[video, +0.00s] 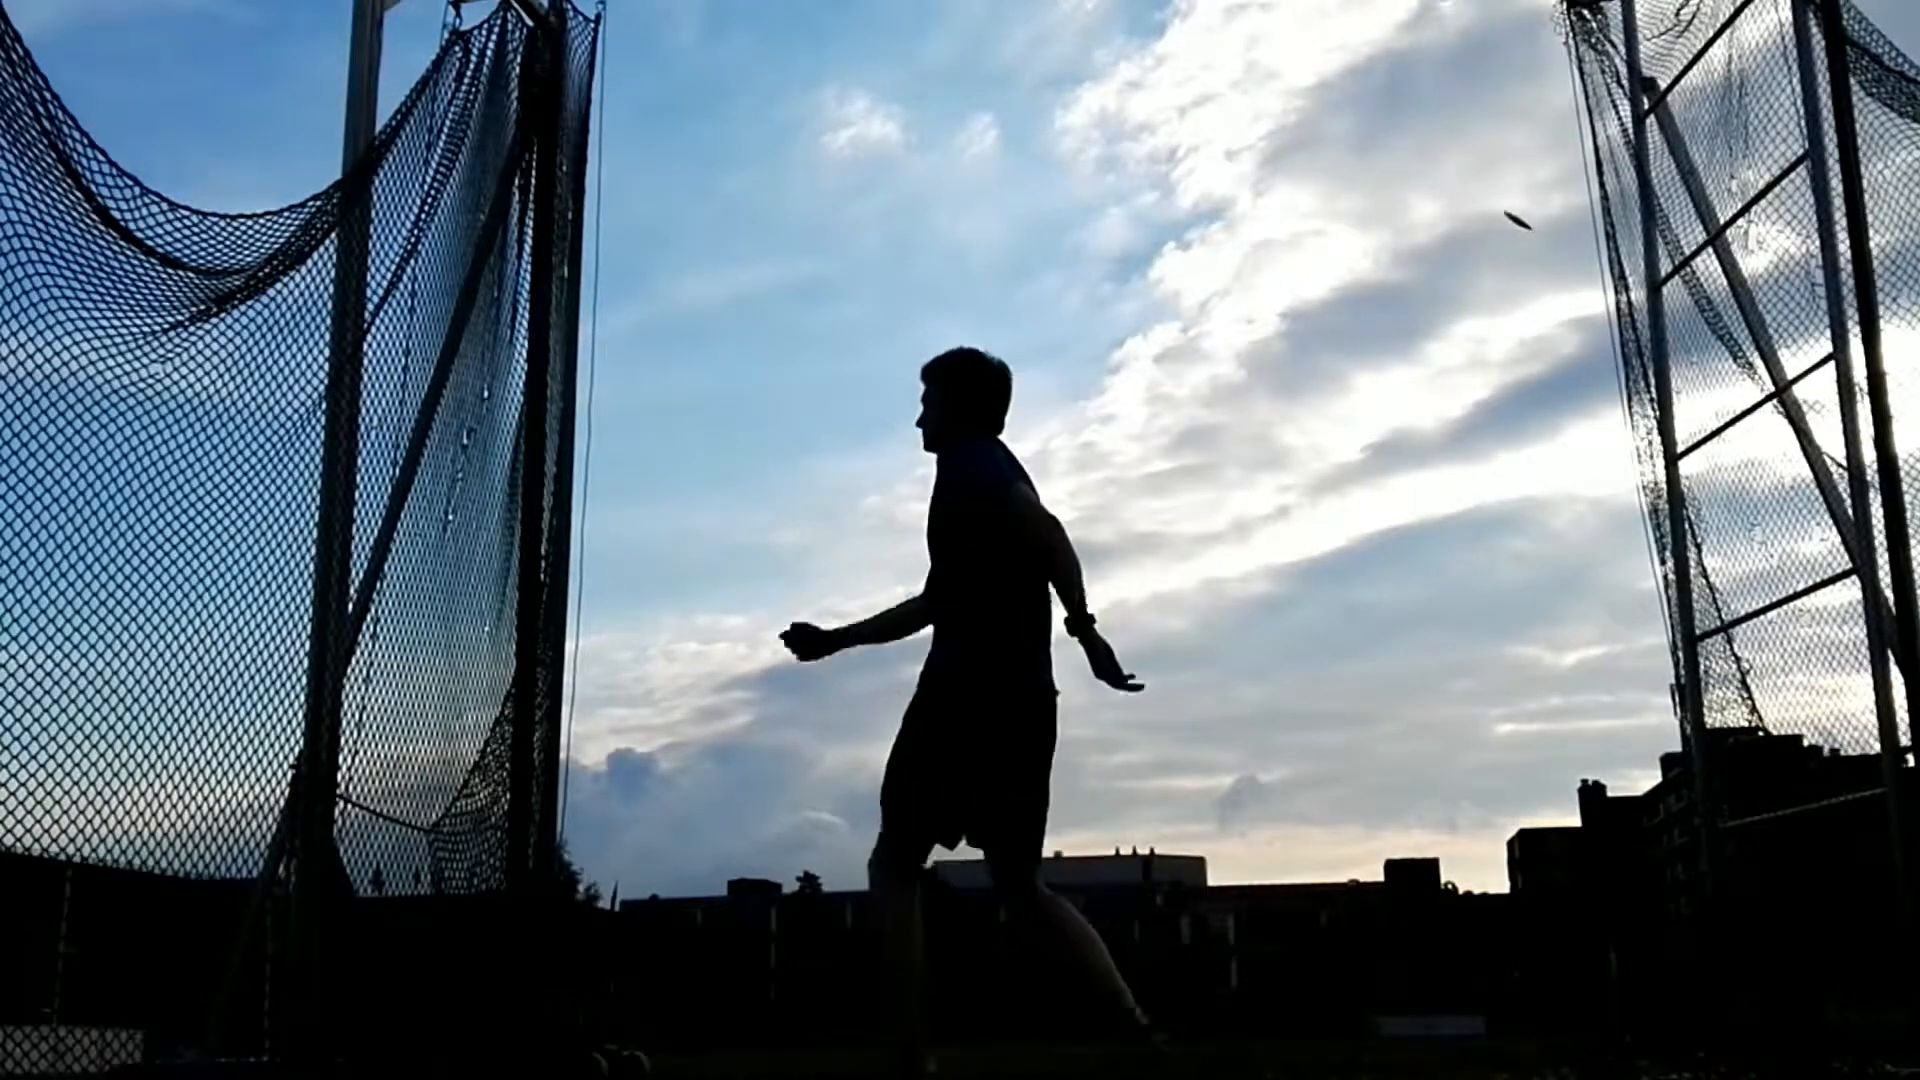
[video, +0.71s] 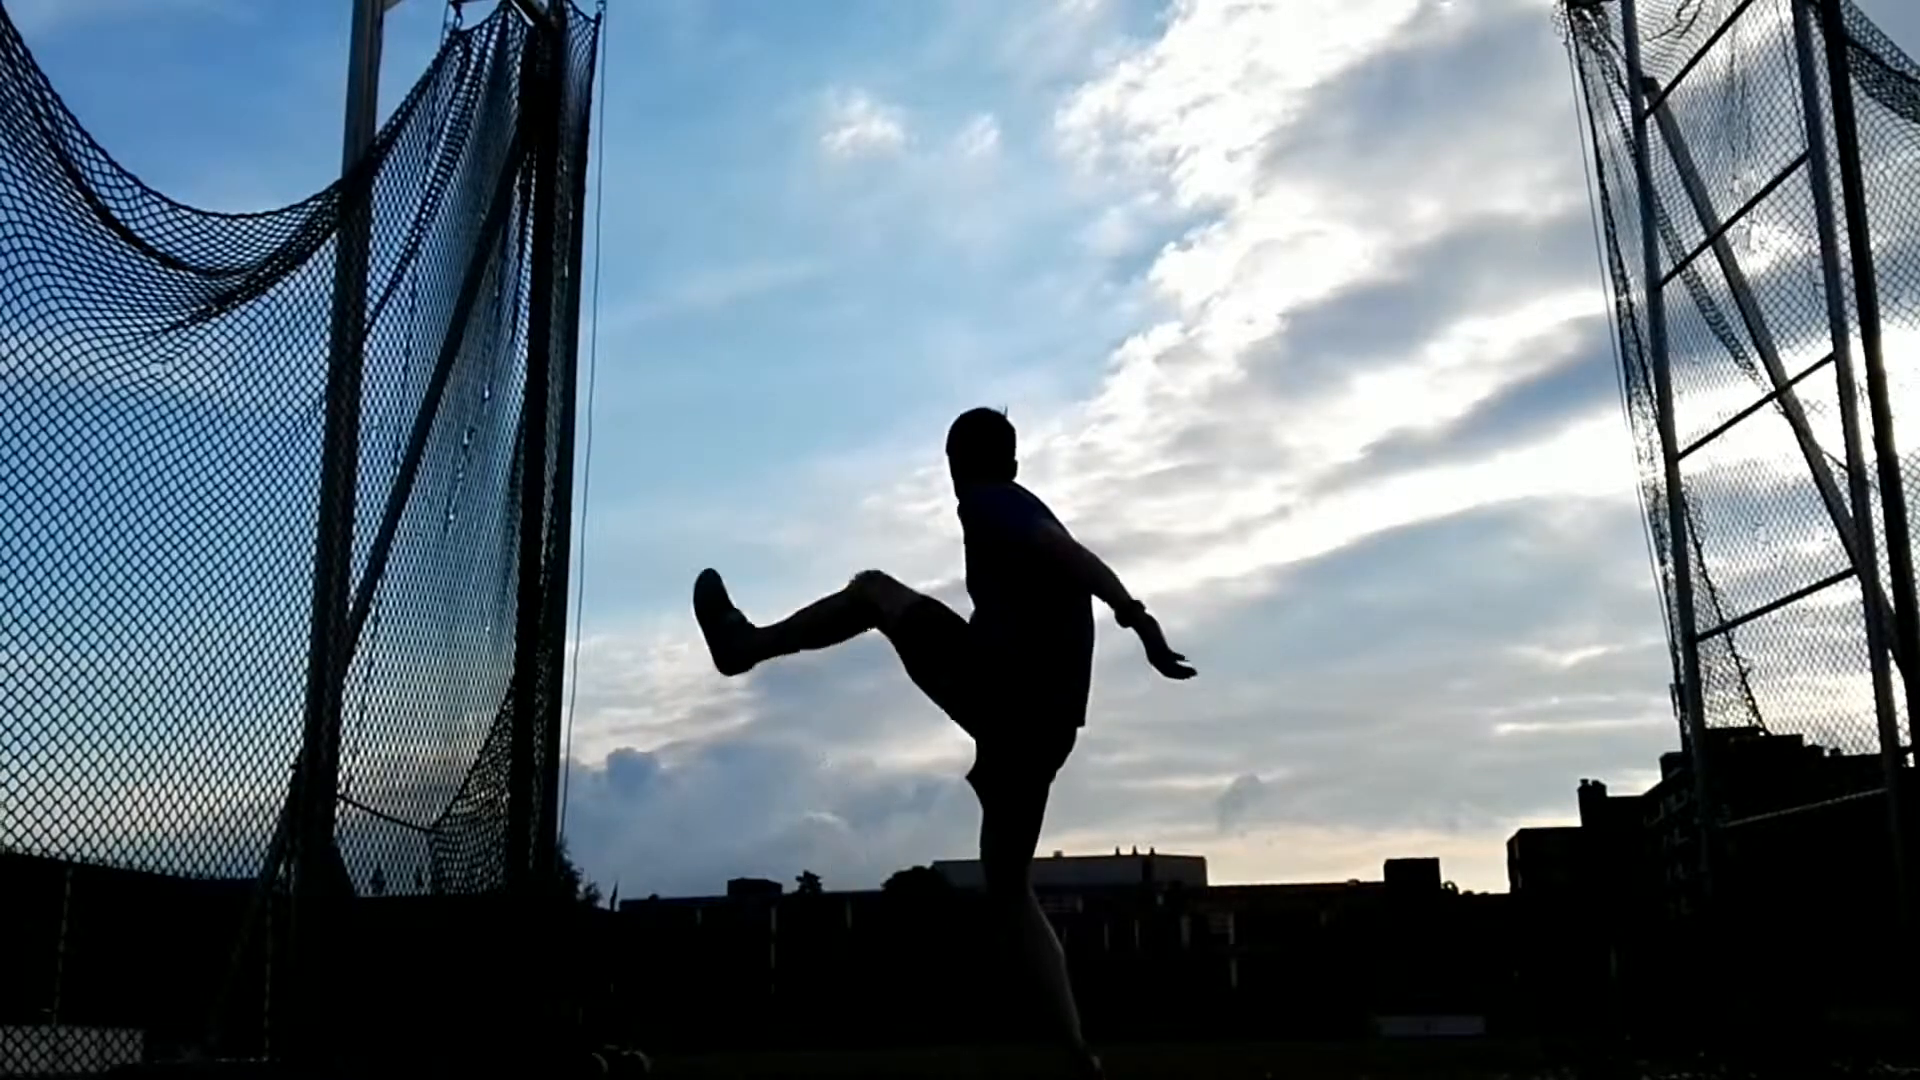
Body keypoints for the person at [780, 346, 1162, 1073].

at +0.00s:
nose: (918, 416)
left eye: (929, 401)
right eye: (921, 401)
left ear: (963, 406)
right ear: (980, 407)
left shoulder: (977, 465)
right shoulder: (971, 476)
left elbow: (1049, 535)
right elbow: (937, 600)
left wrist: (1083, 624)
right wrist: (835, 641)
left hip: (965, 698)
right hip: (1018, 702)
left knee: (895, 867)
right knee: (1021, 884)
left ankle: (905, 1045)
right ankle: (1131, 1026)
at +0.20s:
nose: (938, 440)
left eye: (947, 425)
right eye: (938, 426)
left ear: (978, 425)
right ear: (995, 425)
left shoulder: (1002, 477)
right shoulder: (988, 499)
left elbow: (1081, 550)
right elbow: (943, 618)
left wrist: (1127, 640)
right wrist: (852, 599)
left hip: (982, 697)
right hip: (1032, 709)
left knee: (838, 790)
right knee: (1012, 891)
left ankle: (848, 969)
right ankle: (1078, 1054)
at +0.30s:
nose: (944, 457)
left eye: (952, 442)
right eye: (944, 443)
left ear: (984, 443)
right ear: (997, 444)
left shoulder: (1009, 493)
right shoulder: (1000, 517)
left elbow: (1091, 566)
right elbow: (942, 637)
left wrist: (1141, 658)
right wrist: (856, 604)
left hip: (993, 709)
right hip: (1036, 727)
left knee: (831, 742)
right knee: (1022, 903)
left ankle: (809, 893)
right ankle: (1084, 1057)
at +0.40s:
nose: (949, 473)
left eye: (956, 458)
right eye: (949, 459)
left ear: (986, 457)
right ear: (998, 460)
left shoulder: (1016, 509)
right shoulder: (1003, 539)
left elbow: (1095, 579)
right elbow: (943, 650)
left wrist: (1153, 666)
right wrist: (861, 611)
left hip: (1008, 722)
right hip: (1032, 739)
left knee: (840, 699)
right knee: (1020, 916)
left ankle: (762, 841)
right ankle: (1085, 1065)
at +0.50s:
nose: (949, 480)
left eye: (955, 465)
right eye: (949, 467)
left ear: (982, 464)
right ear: (999, 465)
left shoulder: (1013, 515)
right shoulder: (1004, 545)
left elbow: (1091, 579)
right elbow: (953, 652)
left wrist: (1153, 652)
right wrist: (869, 614)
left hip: (1005, 721)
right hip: (1033, 745)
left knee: (854, 659)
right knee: (1015, 913)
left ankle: (742, 757)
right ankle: (1083, 1062)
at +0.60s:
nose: (950, 478)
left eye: (952, 464)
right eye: (950, 466)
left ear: (971, 462)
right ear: (1007, 461)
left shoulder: (1004, 511)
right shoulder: (1011, 529)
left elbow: (1084, 572)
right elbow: (978, 650)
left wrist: (1151, 640)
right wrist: (882, 617)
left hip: (999, 704)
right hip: (1042, 733)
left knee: (871, 623)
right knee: (1010, 897)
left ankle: (740, 692)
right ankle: (1075, 1050)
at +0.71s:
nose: (951, 470)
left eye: (954, 458)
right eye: (953, 458)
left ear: (964, 457)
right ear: (1012, 456)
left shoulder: (991, 502)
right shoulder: (1023, 514)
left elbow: (1071, 557)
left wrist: (1136, 618)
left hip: (994, 692)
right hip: (1041, 724)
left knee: (873, 593)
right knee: (1011, 892)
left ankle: (745, 646)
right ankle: (1073, 1051)